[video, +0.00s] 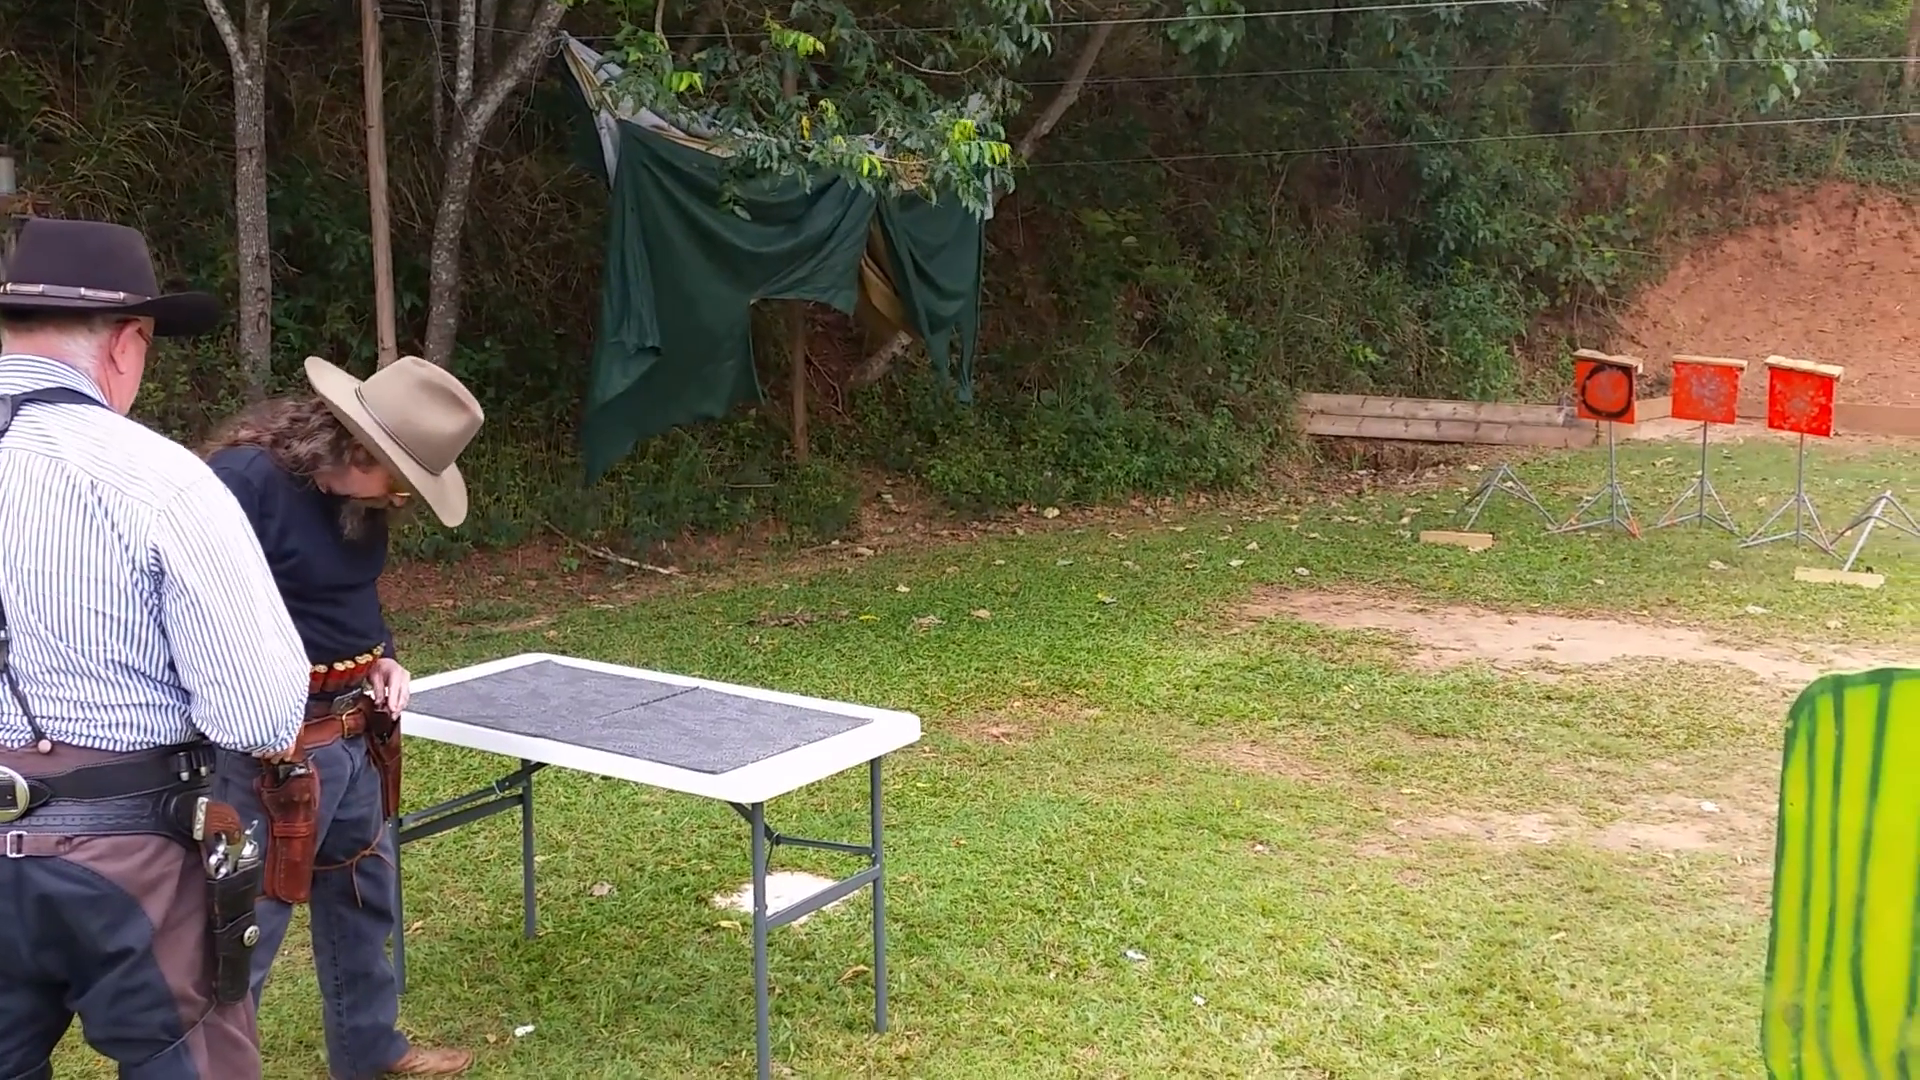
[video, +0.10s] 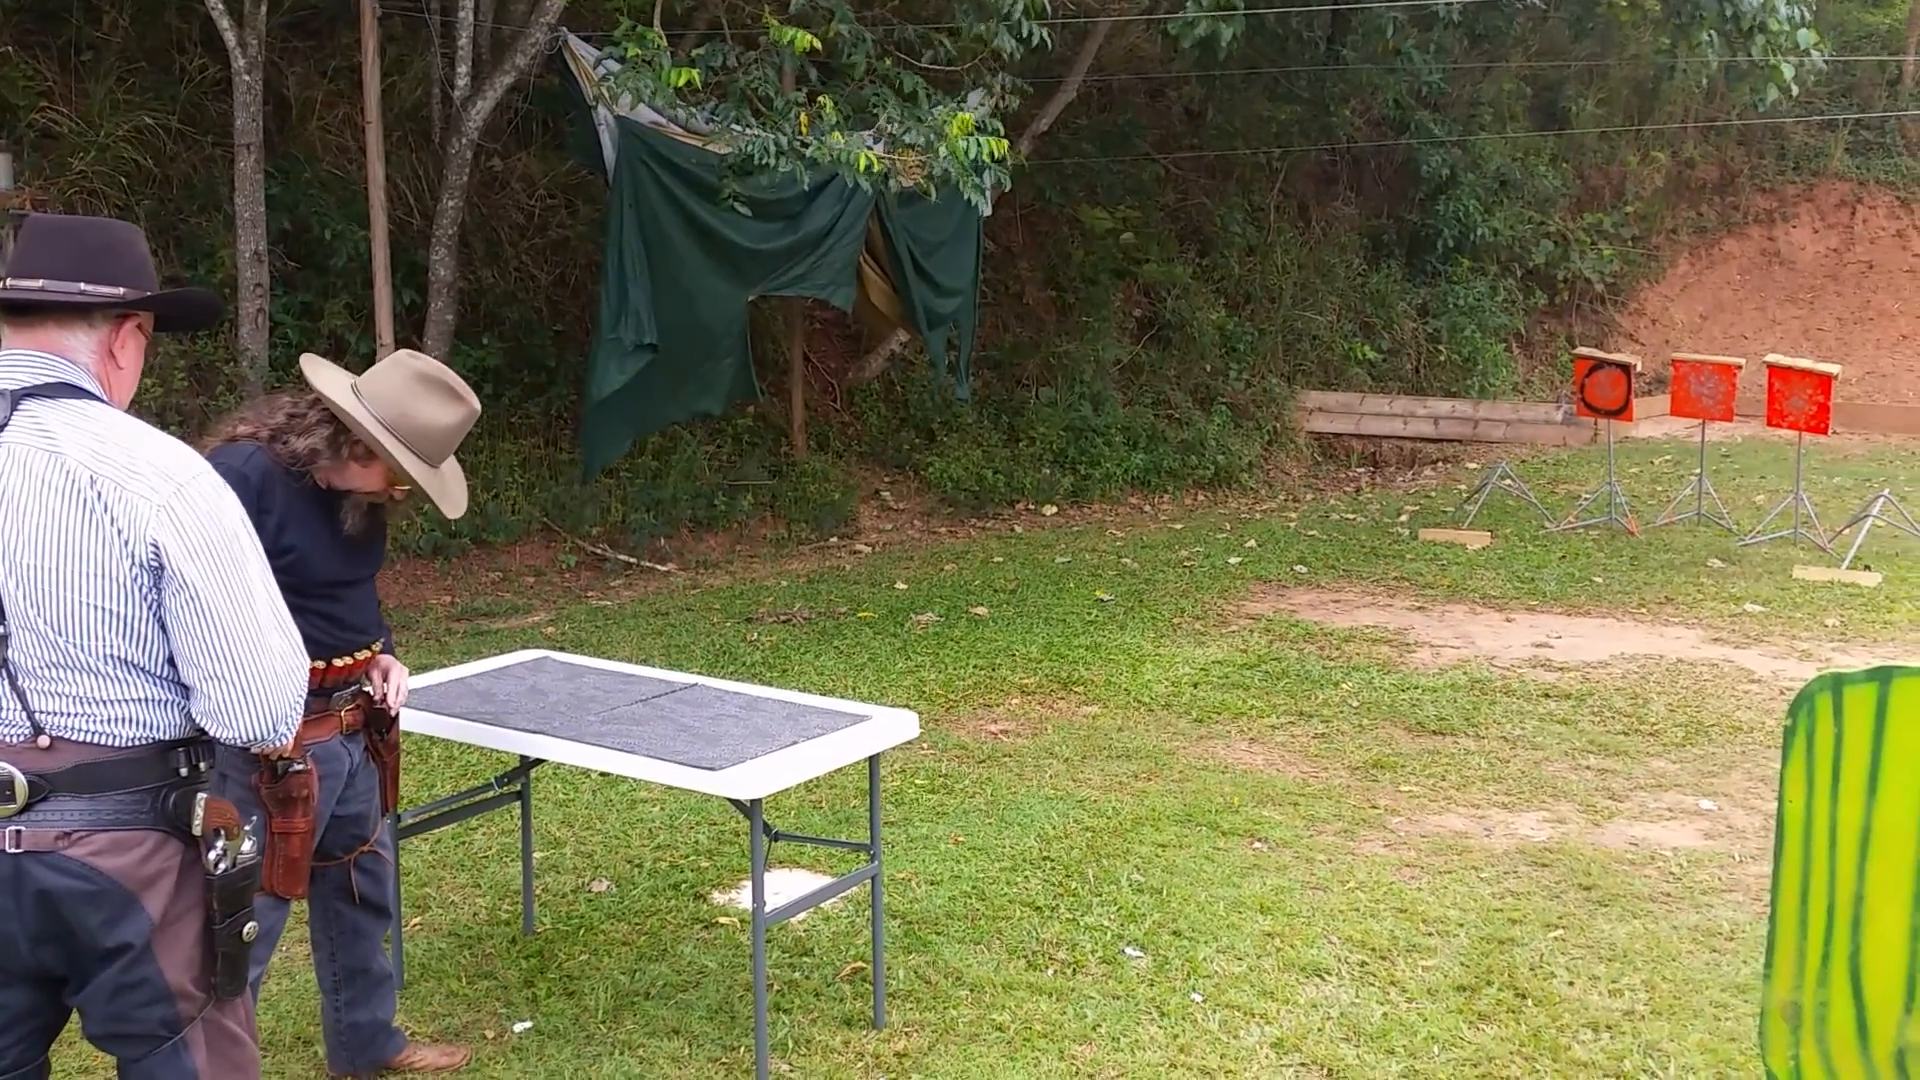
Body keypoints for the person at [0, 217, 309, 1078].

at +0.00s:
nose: (142, 370)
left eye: (147, 347)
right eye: (146, 347)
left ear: (9, 333)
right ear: (120, 346)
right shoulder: (153, 474)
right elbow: (263, 714)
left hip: (1, 825)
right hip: (118, 838)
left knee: (11, 1059)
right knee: (195, 1059)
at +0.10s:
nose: (142, 367)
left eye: (147, 344)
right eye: (145, 344)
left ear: (11, 328)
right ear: (120, 342)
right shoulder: (152, 469)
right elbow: (263, 707)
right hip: (118, 831)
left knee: (13, 1057)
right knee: (194, 1059)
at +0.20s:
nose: (139, 359)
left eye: (143, 336)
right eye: (142, 336)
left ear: (9, 322)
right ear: (116, 335)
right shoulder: (151, 464)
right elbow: (262, 704)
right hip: (114, 830)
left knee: (10, 1059)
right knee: (189, 1061)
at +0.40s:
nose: (139, 346)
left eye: (143, 322)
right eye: (142, 323)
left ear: (7, 309)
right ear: (115, 323)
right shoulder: (148, 447)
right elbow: (263, 687)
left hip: (2, 800)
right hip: (120, 807)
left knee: (8, 1051)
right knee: (193, 1057)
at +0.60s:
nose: (136, 334)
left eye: (139, 312)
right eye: (140, 312)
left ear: (2, 298)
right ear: (113, 312)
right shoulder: (146, 433)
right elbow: (286, 661)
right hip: (122, 799)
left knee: (7, 1041)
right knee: (193, 1052)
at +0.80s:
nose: (131, 322)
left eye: (131, 299)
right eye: (131, 298)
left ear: (1, 293)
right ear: (106, 299)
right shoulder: (150, 425)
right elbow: (321, 617)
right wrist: (298, 515)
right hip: (118, 785)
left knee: (7, 1040)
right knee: (189, 1051)